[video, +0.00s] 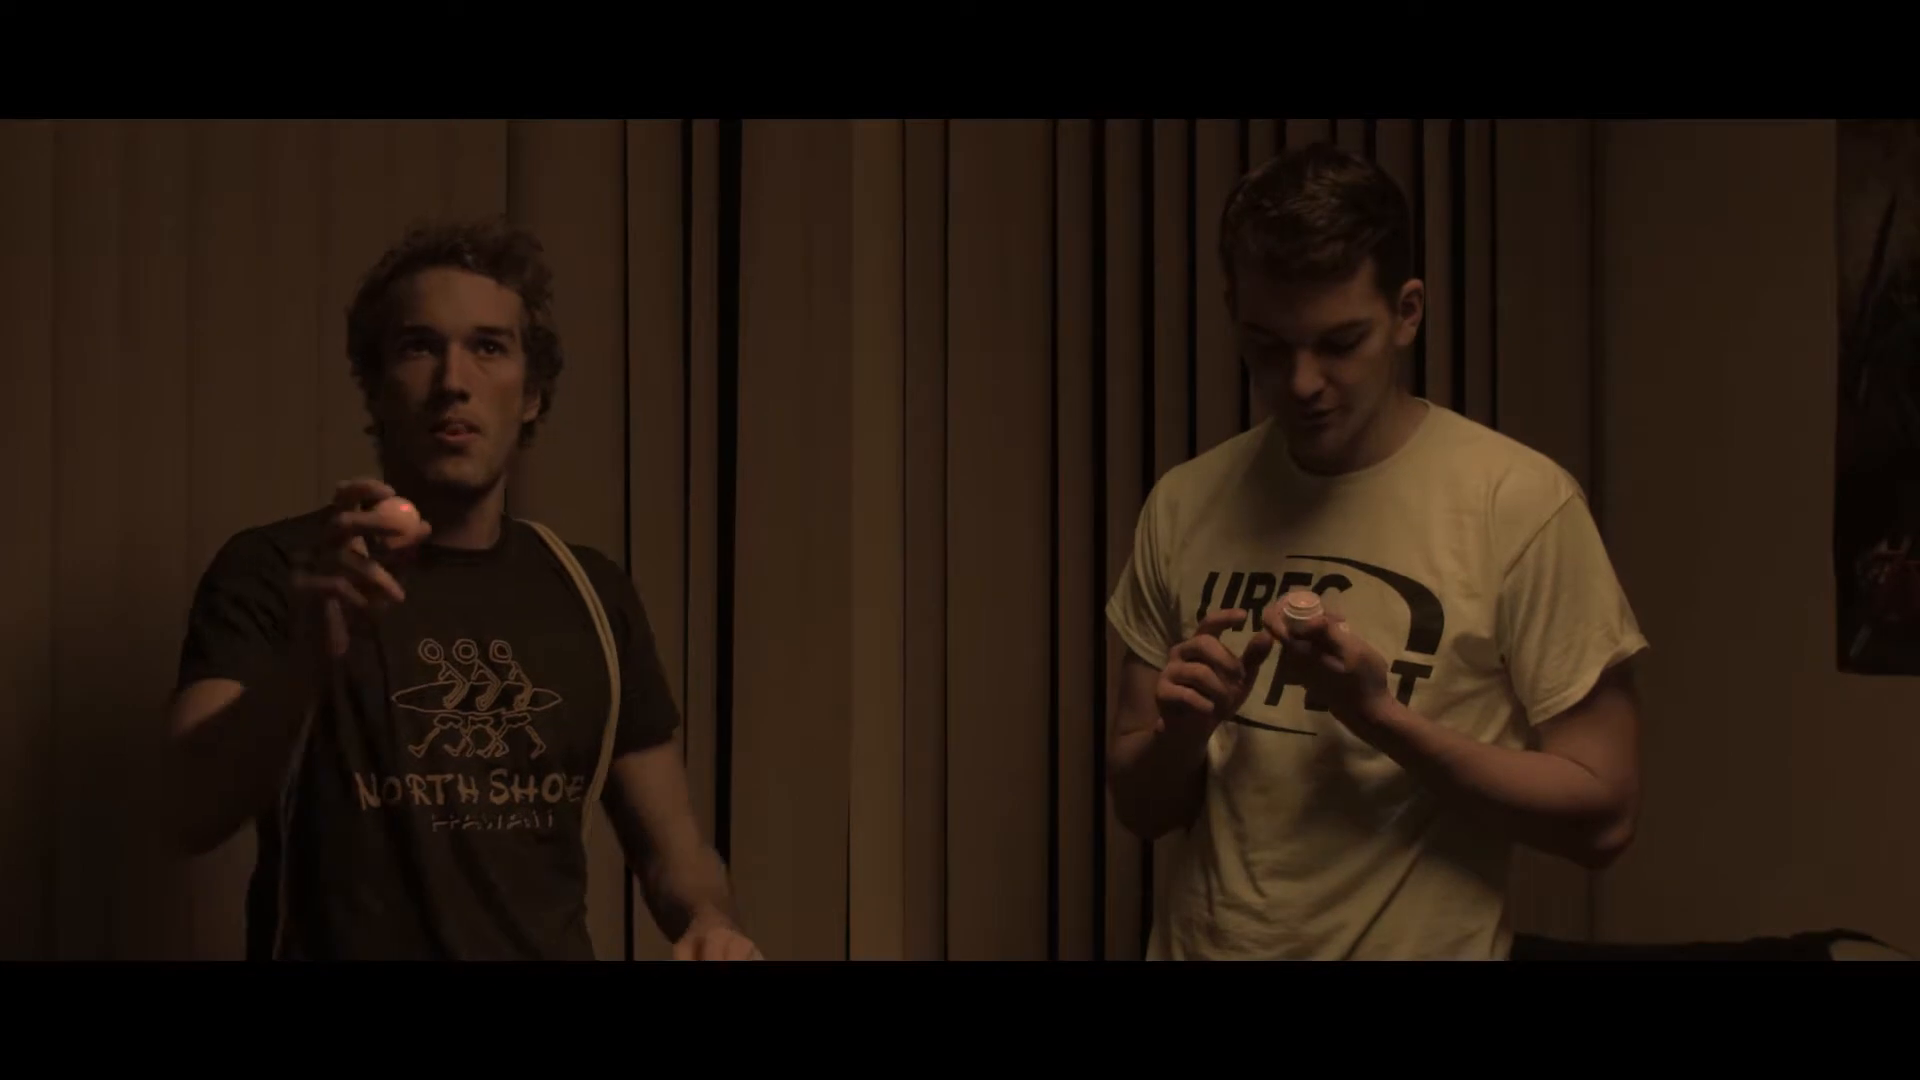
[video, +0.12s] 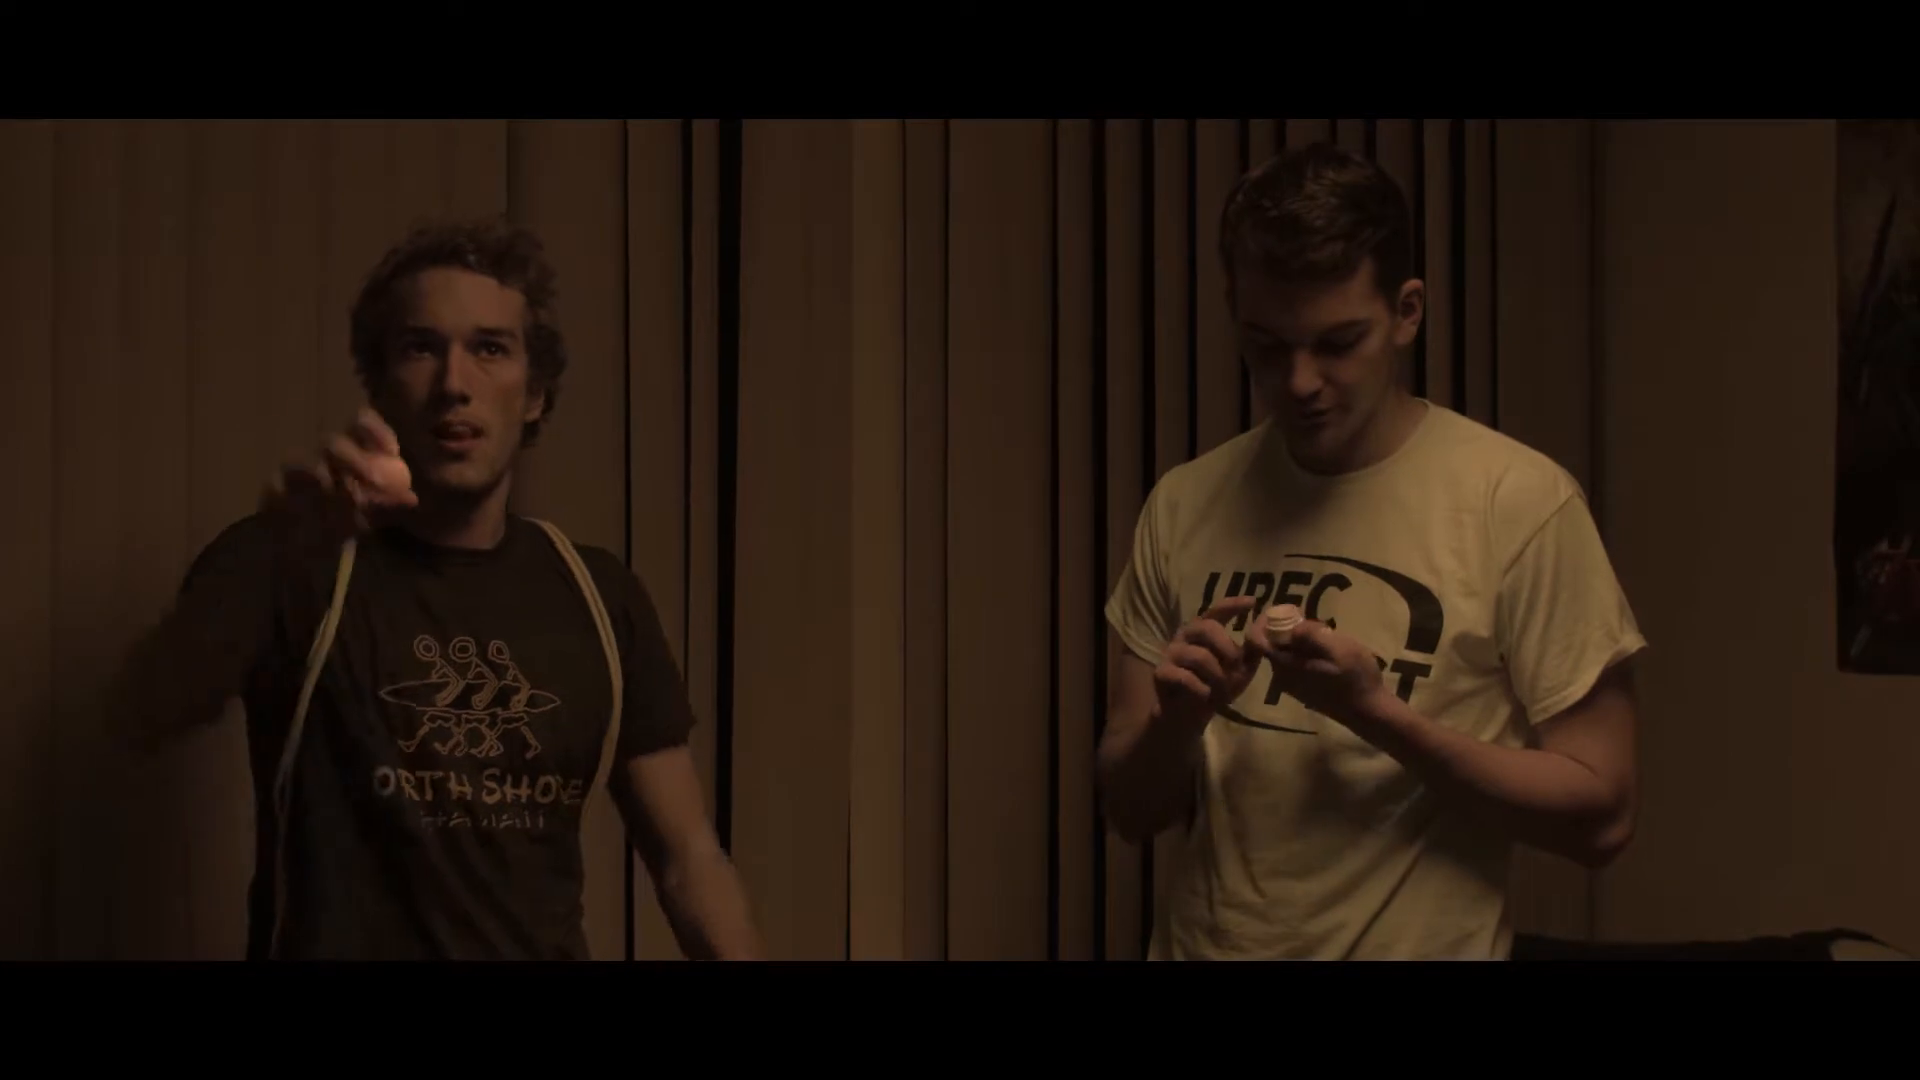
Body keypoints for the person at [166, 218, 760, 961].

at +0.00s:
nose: (453, 380)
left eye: (488, 349)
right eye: (421, 348)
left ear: (532, 396)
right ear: (375, 392)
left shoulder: (593, 594)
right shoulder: (275, 571)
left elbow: (669, 838)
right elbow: (192, 815)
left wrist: (709, 919)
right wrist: (309, 653)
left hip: (544, 948)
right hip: (338, 946)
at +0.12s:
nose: (453, 383)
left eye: (488, 351)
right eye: (419, 349)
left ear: (536, 393)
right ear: (373, 387)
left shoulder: (600, 596)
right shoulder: (291, 563)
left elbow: (684, 854)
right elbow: (136, 722)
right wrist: (294, 536)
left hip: (540, 948)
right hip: (332, 948)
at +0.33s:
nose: (468, 373)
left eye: (505, 339)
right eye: (434, 336)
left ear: (551, 382)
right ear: (385, 371)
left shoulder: (600, 593)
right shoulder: (297, 537)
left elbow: (645, 862)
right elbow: (77, 503)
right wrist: (267, 256)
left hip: (526, 945)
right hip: (319, 942)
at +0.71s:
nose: (489, 300)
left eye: (522, 277)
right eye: (454, 263)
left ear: (551, 343)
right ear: (389, 296)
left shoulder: (545, 553)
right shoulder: (314, 507)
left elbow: (531, 837)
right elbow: (386, 382)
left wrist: (567, 945)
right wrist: (417, 135)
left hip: (500, 939)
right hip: (333, 928)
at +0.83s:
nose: (501, 288)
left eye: (527, 263)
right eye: (456, 254)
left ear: (560, 305)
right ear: (374, 310)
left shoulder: (536, 548)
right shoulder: (314, 482)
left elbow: (510, 823)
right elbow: (366, 646)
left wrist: (556, 941)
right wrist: (526, 426)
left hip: (491, 938)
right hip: (334, 931)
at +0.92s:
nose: (497, 287)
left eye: (528, 268)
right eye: (454, 255)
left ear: (554, 322)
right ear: (377, 305)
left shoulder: (538, 562)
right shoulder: (312, 484)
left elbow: (504, 851)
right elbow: (365, 653)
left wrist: (553, 941)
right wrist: (581, 472)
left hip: (477, 940)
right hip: (310, 930)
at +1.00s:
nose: (495, 284)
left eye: (524, 265)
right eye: (451, 252)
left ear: (547, 322)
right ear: (367, 306)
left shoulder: (532, 562)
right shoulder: (309, 476)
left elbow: (504, 848)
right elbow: (369, 635)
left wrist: (555, 943)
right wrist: (588, 464)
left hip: (477, 940)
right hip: (315, 931)